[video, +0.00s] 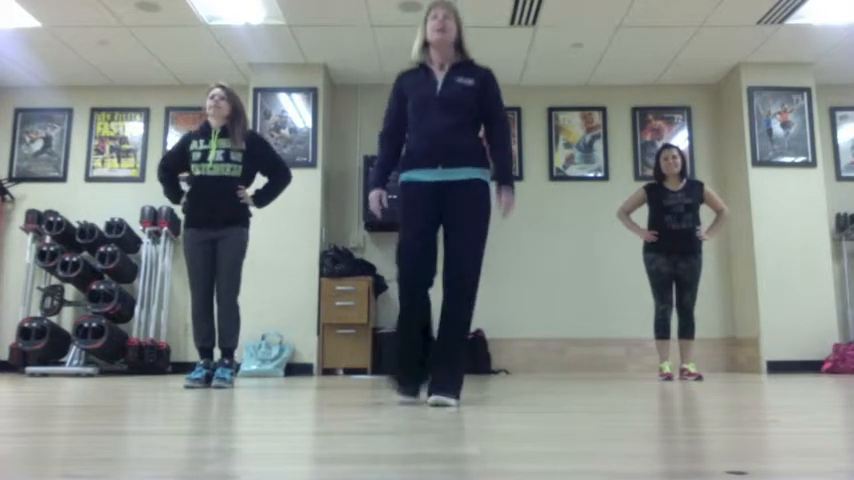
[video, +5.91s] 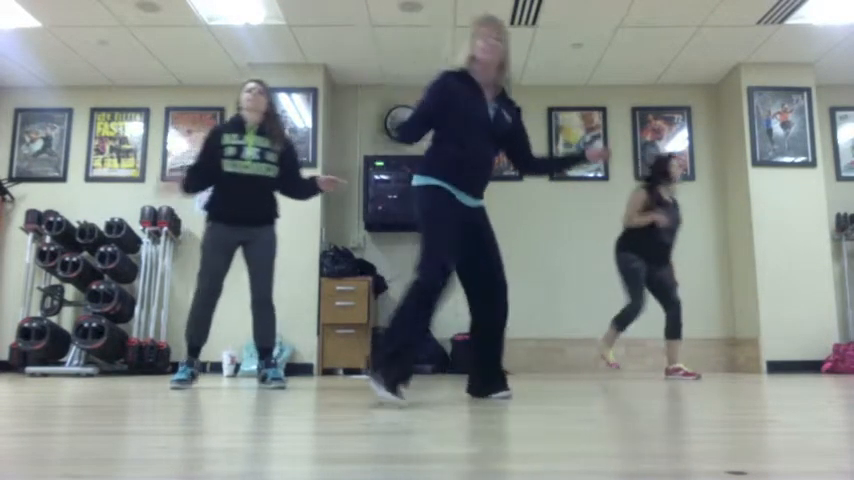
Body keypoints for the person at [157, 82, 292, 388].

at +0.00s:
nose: (214, 101)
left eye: (221, 98)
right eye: (211, 97)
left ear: (233, 107)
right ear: (204, 105)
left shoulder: (250, 141)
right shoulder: (193, 139)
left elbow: (283, 174)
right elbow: (165, 168)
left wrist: (257, 198)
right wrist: (178, 197)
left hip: (232, 227)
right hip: (197, 226)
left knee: (227, 294)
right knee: (200, 295)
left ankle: (226, 362)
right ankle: (205, 362)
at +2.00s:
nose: (214, 101)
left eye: (221, 98)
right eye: (210, 97)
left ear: (231, 107)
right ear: (203, 105)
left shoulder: (246, 143)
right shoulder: (188, 140)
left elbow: (281, 175)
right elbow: (159, 172)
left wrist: (257, 196)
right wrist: (175, 199)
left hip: (233, 227)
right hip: (196, 227)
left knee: (230, 296)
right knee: (201, 297)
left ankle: (227, 362)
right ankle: (205, 362)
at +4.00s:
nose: (240, 98)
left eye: (247, 94)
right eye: (236, 93)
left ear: (257, 104)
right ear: (227, 101)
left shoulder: (269, 141)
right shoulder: (211, 138)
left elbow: (284, 186)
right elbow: (196, 182)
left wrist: (299, 176)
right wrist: (176, 183)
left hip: (254, 230)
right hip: (215, 229)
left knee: (257, 298)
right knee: (202, 296)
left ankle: (262, 365)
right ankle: (189, 363)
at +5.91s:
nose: (252, 95)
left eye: (259, 92)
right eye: (248, 91)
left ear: (268, 103)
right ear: (239, 99)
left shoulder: (279, 142)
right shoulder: (221, 134)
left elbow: (290, 186)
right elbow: (201, 176)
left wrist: (316, 184)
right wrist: (186, 182)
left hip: (261, 228)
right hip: (222, 226)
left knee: (262, 295)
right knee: (206, 291)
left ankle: (267, 364)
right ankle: (190, 362)